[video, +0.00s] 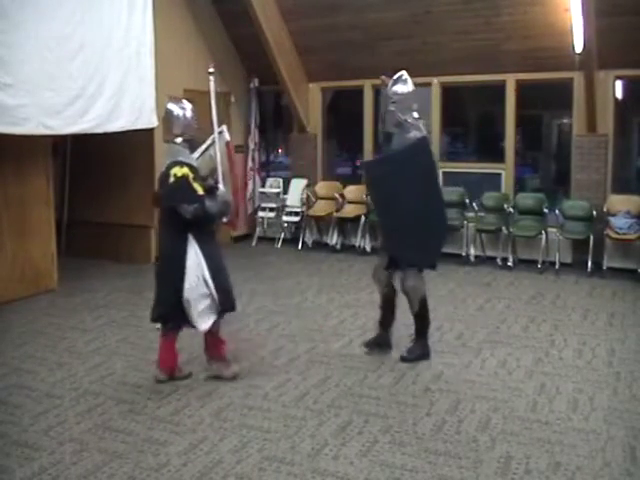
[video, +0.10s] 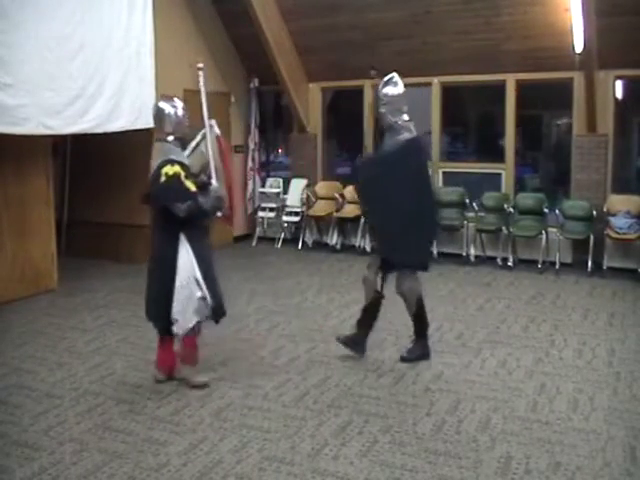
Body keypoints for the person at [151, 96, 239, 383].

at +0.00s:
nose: (198, 128)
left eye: (195, 122)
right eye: (193, 123)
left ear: (176, 131)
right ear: (182, 129)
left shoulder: (184, 163)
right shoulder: (179, 169)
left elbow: (201, 192)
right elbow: (189, 210)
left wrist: (213, 193)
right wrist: (220, 203)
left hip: (178, 245)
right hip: (190, 246)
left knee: (174, 300)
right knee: (210, 296)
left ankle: (167, 364)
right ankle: (217, 359)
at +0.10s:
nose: (188, 123)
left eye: (186, 117)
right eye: (183, 118)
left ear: (166, 125)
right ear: (171, 125)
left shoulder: (172, 157)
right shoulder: (169, 166)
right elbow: (183, 209)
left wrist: (206, 188)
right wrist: (212, 199)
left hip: (171, 243)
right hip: (181, 246)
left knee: (169, 300)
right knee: (190, 300)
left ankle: (164, 367)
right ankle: (189, 365)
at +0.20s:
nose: (180, 121)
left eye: (179, 115)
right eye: (176, 116)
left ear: (159, 118)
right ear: (165, 119)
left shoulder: (170, 150)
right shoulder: (160, 155)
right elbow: (174, 205)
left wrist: (200, 187)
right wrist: (203, 196)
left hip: (179, 236)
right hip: (169, 239)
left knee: (178, 293)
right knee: (172, 293)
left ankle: (169, 352)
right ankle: (163, 353)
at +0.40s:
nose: (171, 127)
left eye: (170, 121)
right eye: (164, 123)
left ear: (167, 124)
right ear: (150, 128)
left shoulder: (170, 156)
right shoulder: (147, 163)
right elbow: (161, 208)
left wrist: (197, 190)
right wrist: (190, 197)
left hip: (175, 240)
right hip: (153, 244)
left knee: (174, 300)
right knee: (144, 301)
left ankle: (165, 360)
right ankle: (124, 368)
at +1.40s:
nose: (167, 129)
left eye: (171, 122)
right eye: (161, 124)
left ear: (180, 128)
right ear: (154, 132)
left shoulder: (190, 158)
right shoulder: (154, 159)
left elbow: (218, 195)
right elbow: (166, 201)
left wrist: (211, 171)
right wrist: (194, 177)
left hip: (186, 230)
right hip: (157, 234)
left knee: (199, 293)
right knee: (154, 296)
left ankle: (205, 352)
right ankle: (146, 360)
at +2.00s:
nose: (189, 141)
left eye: (192, 135)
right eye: (184, 136)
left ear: (197, 138)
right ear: (177, 140)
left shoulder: (205, 161)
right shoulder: (178, 170)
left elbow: (230, 178)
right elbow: (198, 206)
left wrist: (231, 158)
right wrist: (220, 170)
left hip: (213, 232)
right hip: (183, 237)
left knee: (226, 294)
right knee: (178, 299)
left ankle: (227, 354)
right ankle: (165, 365)